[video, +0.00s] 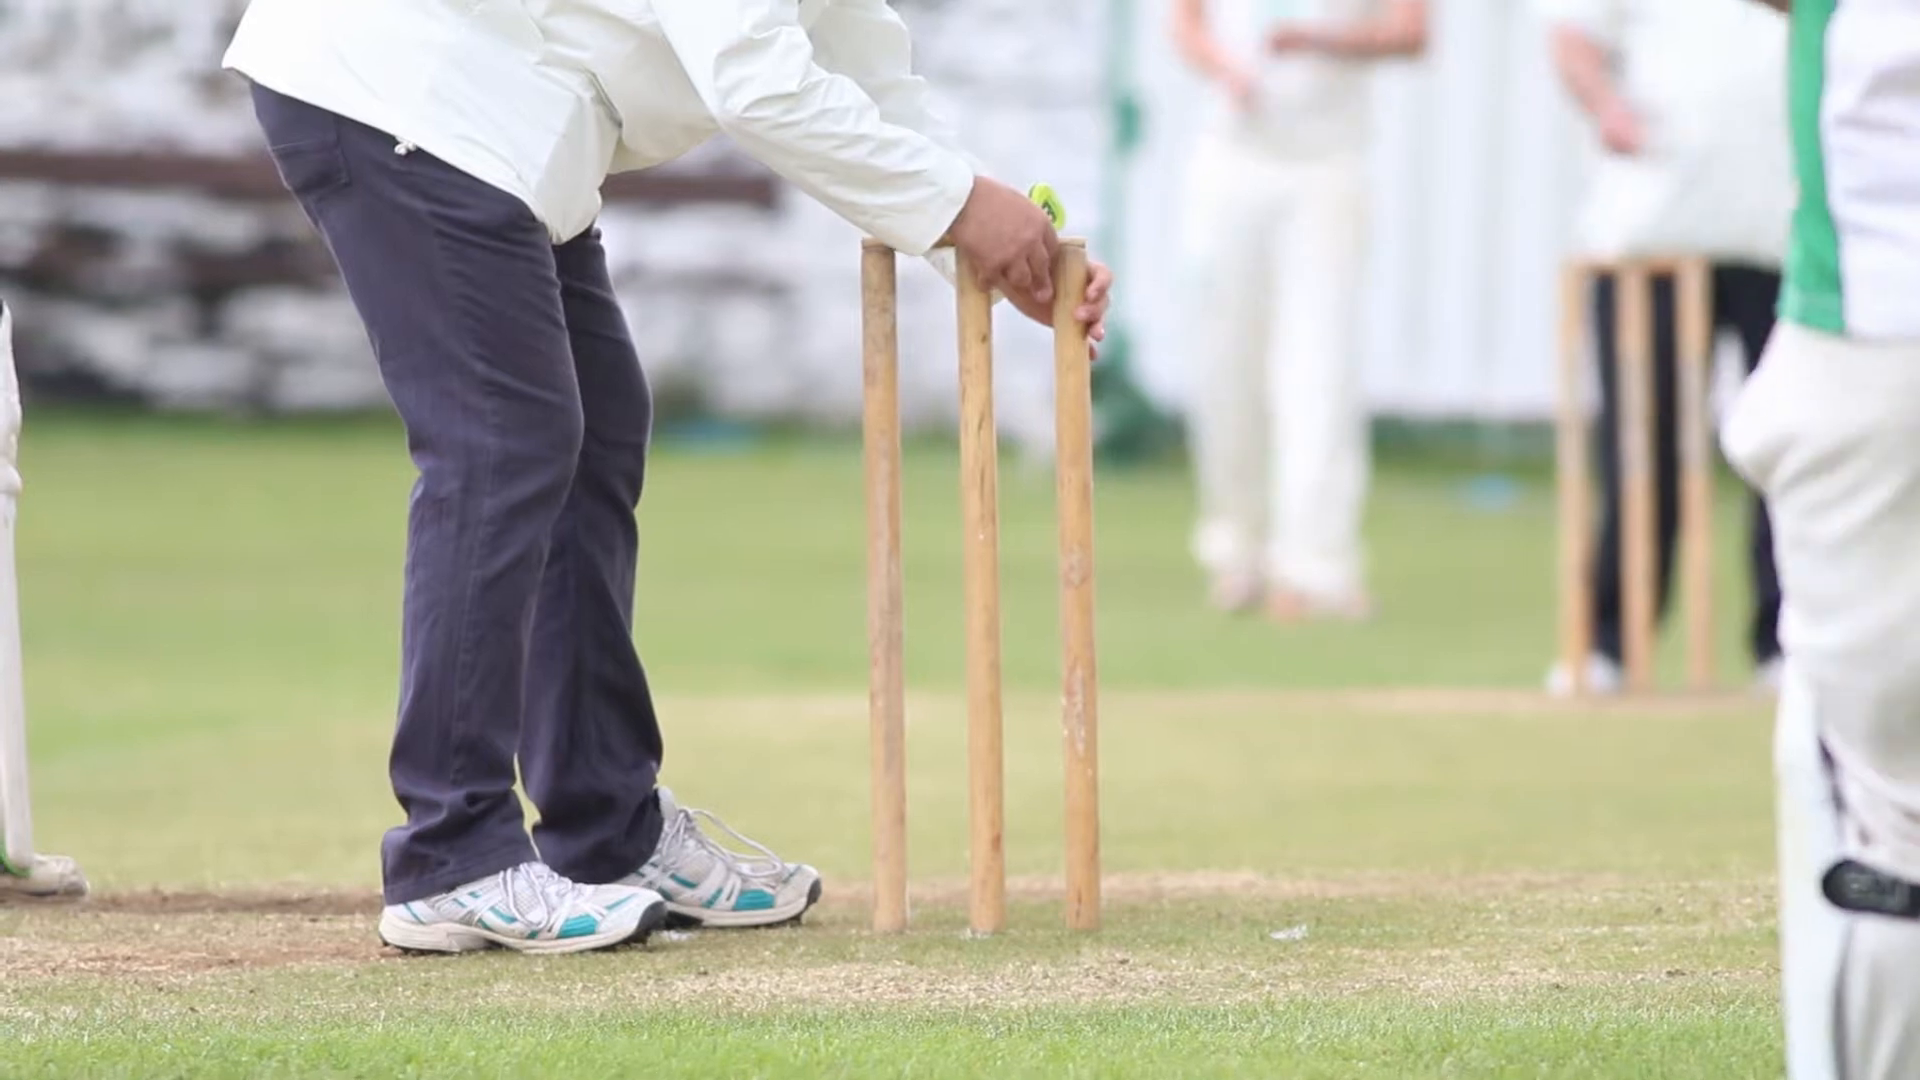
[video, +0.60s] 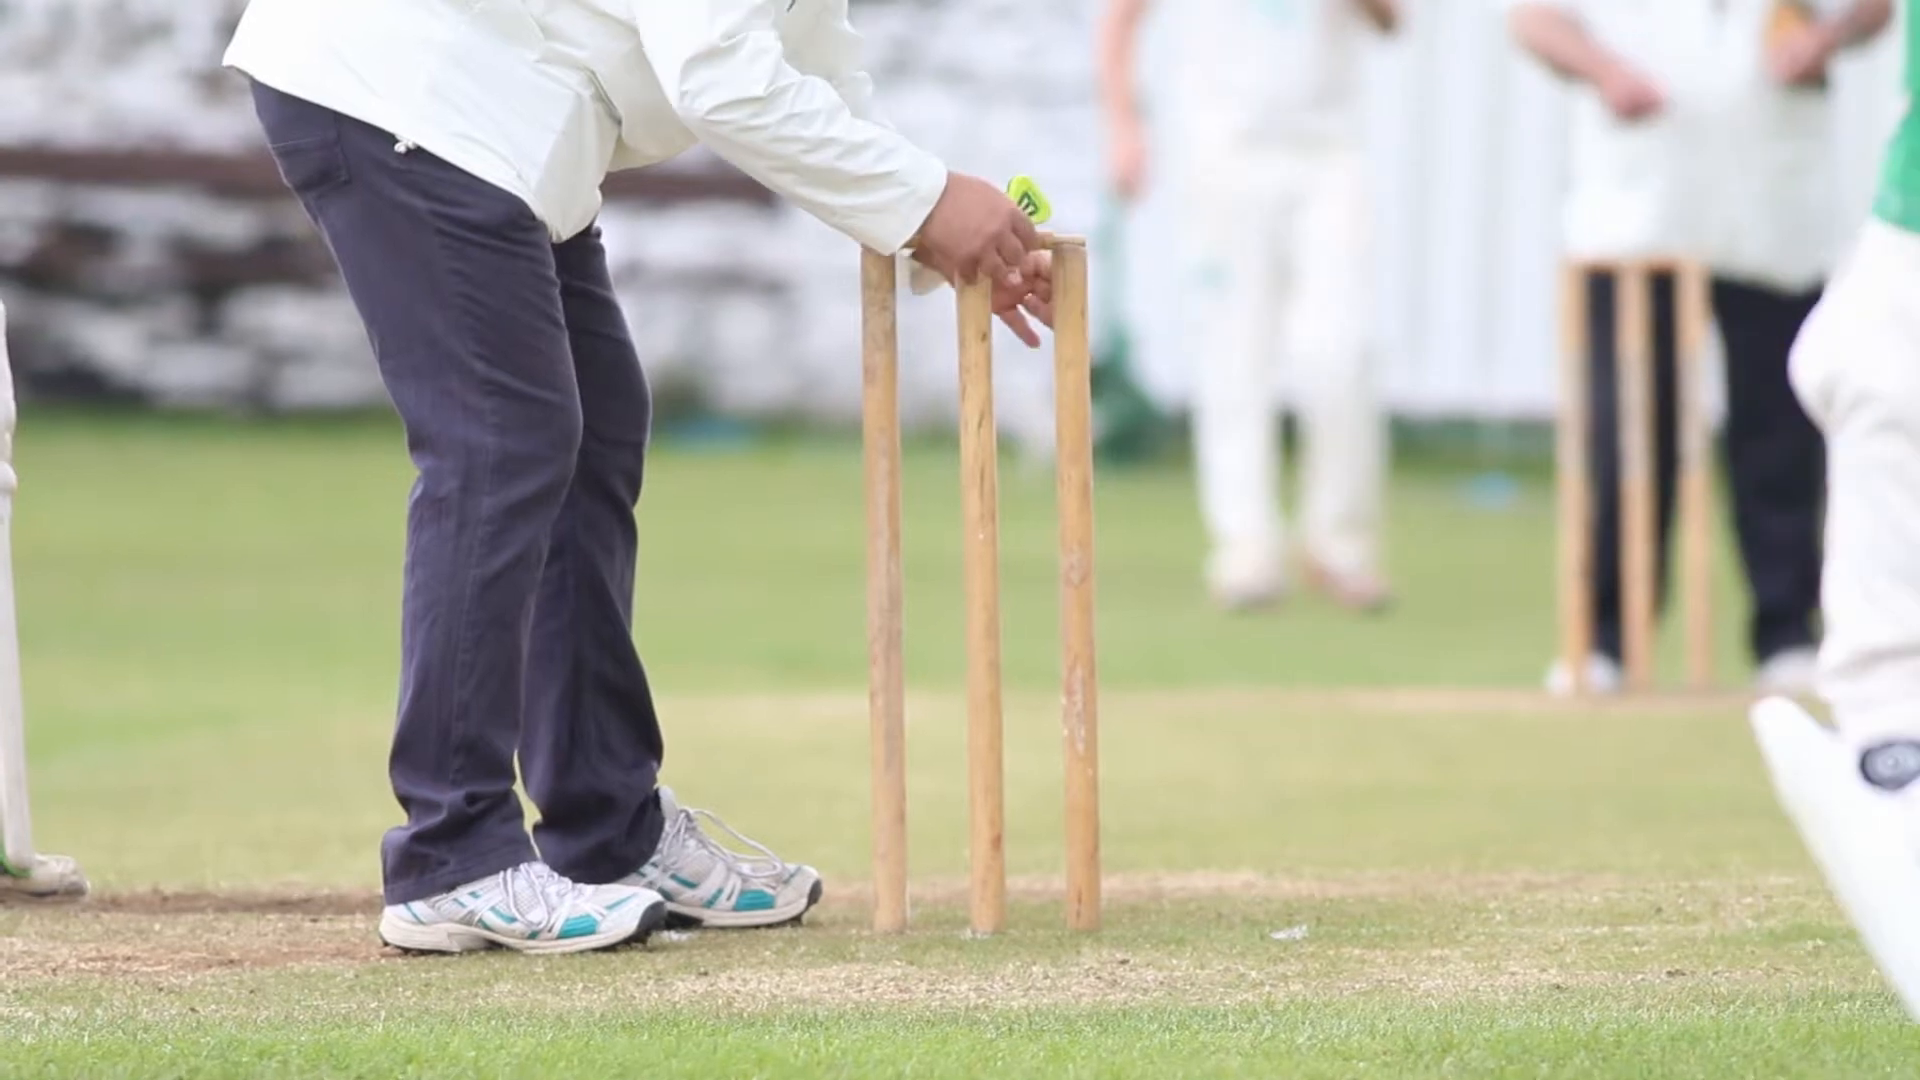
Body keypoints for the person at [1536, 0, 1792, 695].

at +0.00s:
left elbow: (1851, 46)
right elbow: (1573, 30)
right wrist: (1609, 106)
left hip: (1783, 225)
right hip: (1647, 225)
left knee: (1789, 458)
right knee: (1640, 455)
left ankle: (1784, 650)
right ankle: (1607, 648)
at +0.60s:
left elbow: (1877, 7)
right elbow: (1531, 16)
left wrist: (1823, 36)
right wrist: (1608, 70)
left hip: (1778, 192)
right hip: (1634, 191)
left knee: (1779, 438)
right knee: (1623, 435)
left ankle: (1788, 645)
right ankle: (1605, 647)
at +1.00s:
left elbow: (1855, 10)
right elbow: (1507, 19)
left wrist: (1807, 16)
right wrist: (1506, 11)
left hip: (1749, 202)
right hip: (1606, 203)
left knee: (1764, 442)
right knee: (1612, 447)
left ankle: (1785, 642)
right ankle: (1601, 647)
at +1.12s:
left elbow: (1851, 9)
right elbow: (1490, 8)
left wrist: (1806, 17)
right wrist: (1518, 36)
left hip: (1746, 190)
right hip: (1603, 192)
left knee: (1761, 435)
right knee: (1610, 440)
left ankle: (1784, 641)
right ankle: (1600, 646)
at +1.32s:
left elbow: (1852, 10)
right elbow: (1513, 27)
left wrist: (1809, 20)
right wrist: (1537, 131)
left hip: (1751, 208)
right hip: (1612, 211)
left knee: (1765, 443)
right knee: (1614, 448)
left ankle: (1785, 640)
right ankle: (1601, 645)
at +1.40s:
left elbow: (1855, 10)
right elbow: (1518, 31)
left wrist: (1815, 20)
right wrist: (1537, 154)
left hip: (1758, 208)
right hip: (1622, 212)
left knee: (1769, 442)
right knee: (1617, 448)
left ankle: (1786, 639)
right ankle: (1603, 644)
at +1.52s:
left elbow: (1860, 11)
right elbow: (1531, 30)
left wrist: (1825, 19)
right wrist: (1538, 167)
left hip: (1764, 208)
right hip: (1625, 210)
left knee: (1775, 446)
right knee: (1620, 447)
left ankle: (1786, 639)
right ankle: (1604, 643)